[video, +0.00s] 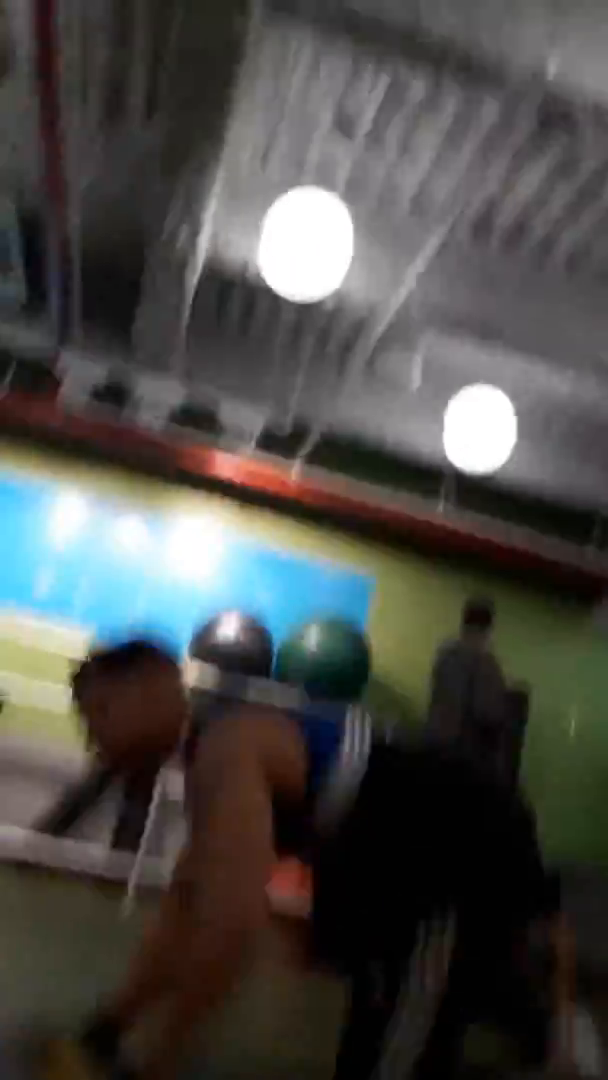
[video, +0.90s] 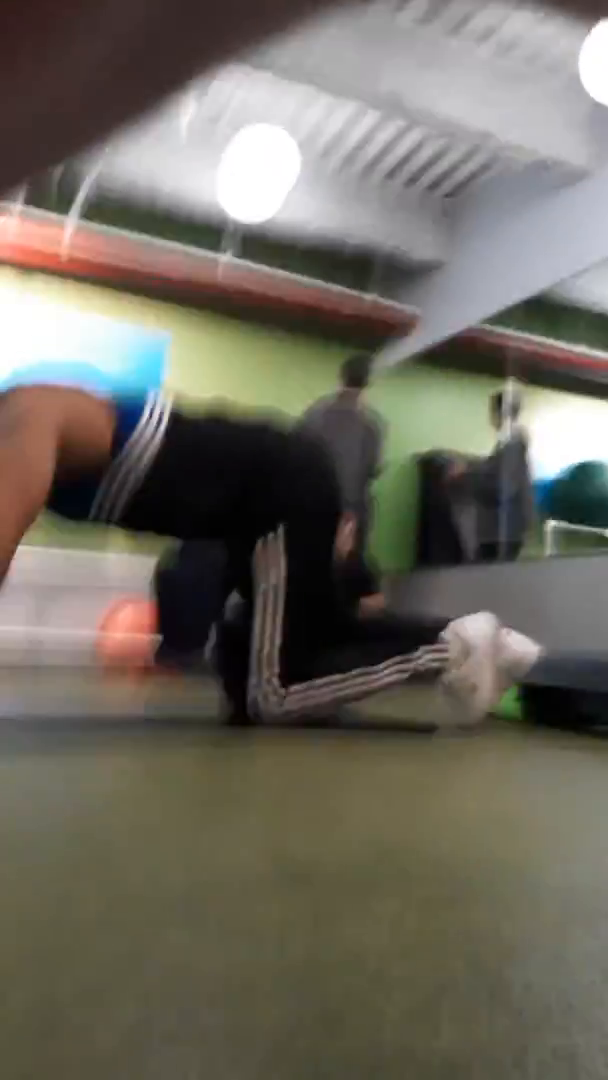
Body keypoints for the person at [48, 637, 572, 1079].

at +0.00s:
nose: (95, 738)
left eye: (100, 715)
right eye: (90, 721)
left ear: (150, 691)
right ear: (154, 694)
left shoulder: (233, 745)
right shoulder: (217, 750)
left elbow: (231, 922)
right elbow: (188, 908)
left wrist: (159, 1052)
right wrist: (113, 1023)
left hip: (456, 872)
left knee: (393, 1054)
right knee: (381, 1046)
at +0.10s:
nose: (56, 613)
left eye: (59, 590)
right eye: (49, 596)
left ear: (108, 566)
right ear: (106, 569)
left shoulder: (185, 613)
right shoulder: (152, 624)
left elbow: (146, 772)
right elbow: (126, 772)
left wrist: (66, 883)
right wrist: (77, 880)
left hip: (389, 724)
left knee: (347, 934)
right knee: (324, 929)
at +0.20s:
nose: (4, 536)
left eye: (2, 507)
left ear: (40, 476)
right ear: (40, 480)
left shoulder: (119, 536)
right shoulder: (106, 548)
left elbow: (27, 682)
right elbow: (94, 703)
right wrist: (42, 800)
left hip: (335, 630)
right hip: (283, 644)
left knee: (294, 855)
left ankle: (472, 815)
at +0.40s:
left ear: (2, 480)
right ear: (14, 474)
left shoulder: (65, 502)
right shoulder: (62, 512)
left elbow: (13, 652)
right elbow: (52, 664)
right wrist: (19, 768)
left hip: (290, 593)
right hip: (270, 595)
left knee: (272, 810)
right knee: (265, 782)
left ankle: (450, 751)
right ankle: (452, 742)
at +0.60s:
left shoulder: (29, 463)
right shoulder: (23, 472)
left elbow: (10, 634)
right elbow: (13, 636)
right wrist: (6, 714)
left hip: (270, 567)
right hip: (249, 570)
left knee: (246, 776)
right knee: (276, 703)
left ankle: (420, 721)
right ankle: (434, 712)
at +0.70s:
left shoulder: (19, 443)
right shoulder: (21, 437)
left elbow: (2, 579)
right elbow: (8, 574)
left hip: (252, 547)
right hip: (254, 534)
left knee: (226, 759)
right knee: (270, 687)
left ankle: (410, 711)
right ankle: (433, 701)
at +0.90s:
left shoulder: (32, 414)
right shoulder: (31, 415)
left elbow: (7, 543)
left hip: (280, 497)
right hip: (267, 501)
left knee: (269, 694)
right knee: (259, 685)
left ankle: (446, 652)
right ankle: (467, 646)